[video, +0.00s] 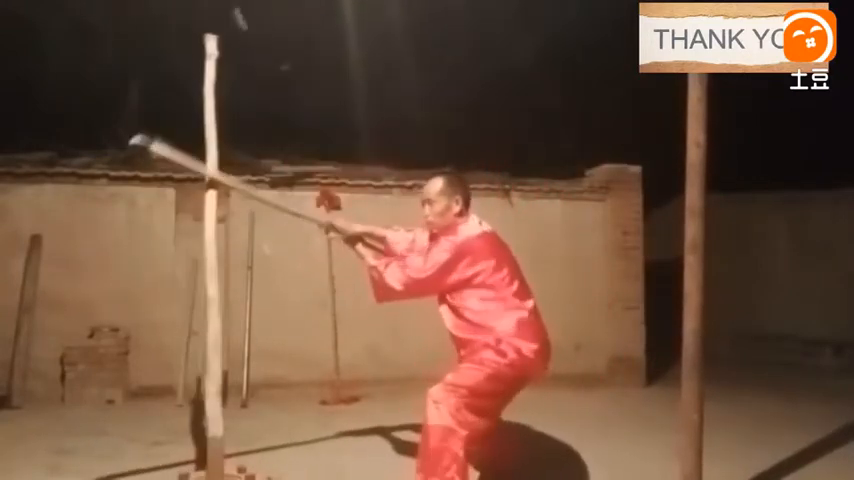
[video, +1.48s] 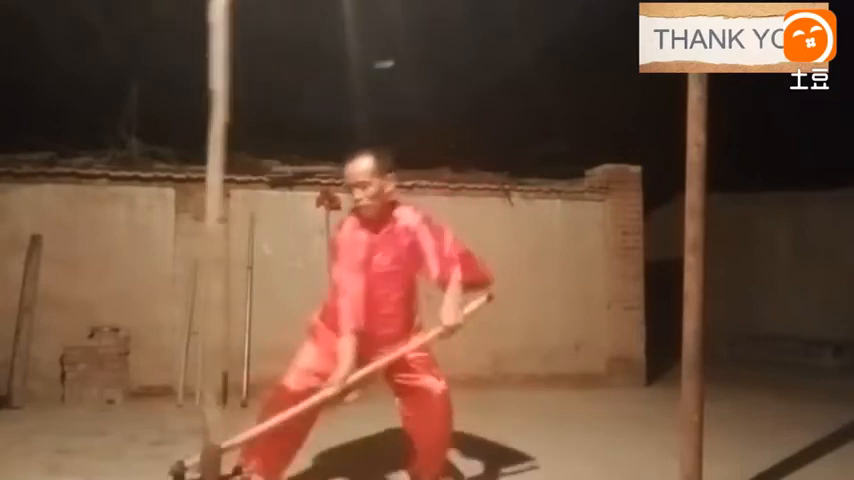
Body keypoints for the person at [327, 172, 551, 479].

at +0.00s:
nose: (424, 212)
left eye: (430, 203)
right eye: (423, 204)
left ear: (456, 205)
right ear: (455, 207)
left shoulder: (464, 243)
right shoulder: (466, 233)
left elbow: (401, 277)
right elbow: (406, 240)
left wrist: (356, 243)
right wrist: (353, 228)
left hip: (508, 350)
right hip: (513, 346)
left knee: (444, 400)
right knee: (466, 408)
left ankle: (440, 474)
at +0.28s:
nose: (428, 191)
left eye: (435, 183)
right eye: (427, 183)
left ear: (459, 184)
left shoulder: (470, 220)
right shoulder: (464, 217)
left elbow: (404, 246)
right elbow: (405, 223)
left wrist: (364, 209)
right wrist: (351, 205)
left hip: (496, 337)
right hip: (497, 335)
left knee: (437, 401)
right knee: (458, 406)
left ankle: (450, 474)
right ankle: (465, 473)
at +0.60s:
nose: (423, 166)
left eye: (429, 158)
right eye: (422, 159)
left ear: (453, 160)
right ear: (449, 162)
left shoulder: (468, 194)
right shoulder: (445, 192)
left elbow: (404, 204)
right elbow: (392, 184)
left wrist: (336, 192)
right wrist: (366, 145)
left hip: (499, 304)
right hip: (470, 306)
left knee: (483, 367)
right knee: (466, 377)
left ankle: (517, 457)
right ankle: (487, 457)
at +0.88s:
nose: (412, 164)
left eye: (419, 155)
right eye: (408, 157)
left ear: (444, 153)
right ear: (406, 159)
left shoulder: (466, 191)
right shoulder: (412, 196)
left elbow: (476, 249)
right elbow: (379, 210)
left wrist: (439, 267)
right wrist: (343, 206)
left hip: (462, 296)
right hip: (424, 295)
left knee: (445, 372)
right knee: (426, 371)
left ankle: (426, 458)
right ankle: (427, 439)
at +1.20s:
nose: (383, 194)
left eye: (389, 184)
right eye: (377, 186)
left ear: (412, 179)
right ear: (374, 187)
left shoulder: (441, 210)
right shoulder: (377, 229)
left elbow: (471, 261)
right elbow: (373, 295)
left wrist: (455, 298)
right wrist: (364, 361)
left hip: (424, 315)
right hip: (378, 305)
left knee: (428, 393)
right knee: (310, 334)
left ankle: (434, 475)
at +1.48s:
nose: (358, 196)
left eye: (364, 186)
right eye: (352, 189)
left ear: (388, 183)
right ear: (346, 190)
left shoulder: (411, 222)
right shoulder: (349, 233)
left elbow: (452, 260)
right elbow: (347, 299)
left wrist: (452, 304)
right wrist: (344, 368)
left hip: (396, 339)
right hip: (339, 334)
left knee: (433, 396)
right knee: (290, 395)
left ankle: (428, 472)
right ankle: (257, 469)